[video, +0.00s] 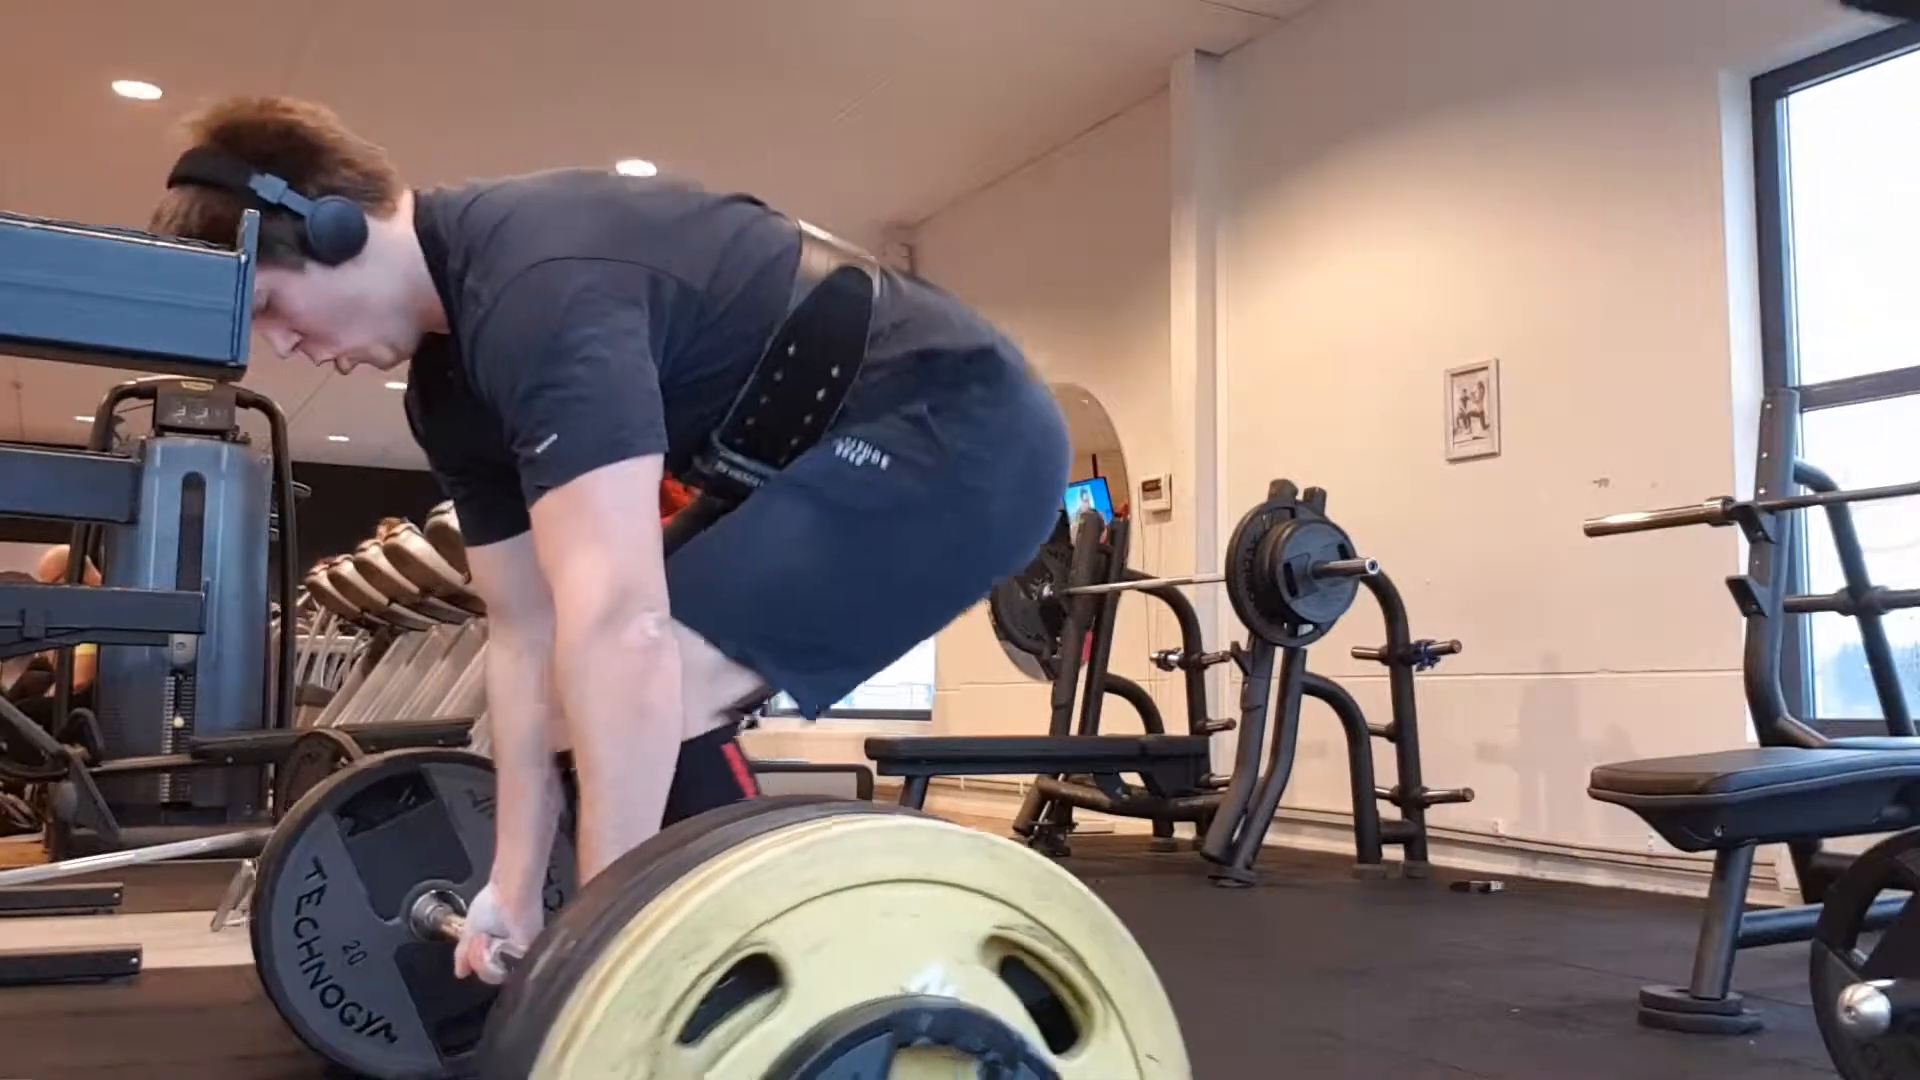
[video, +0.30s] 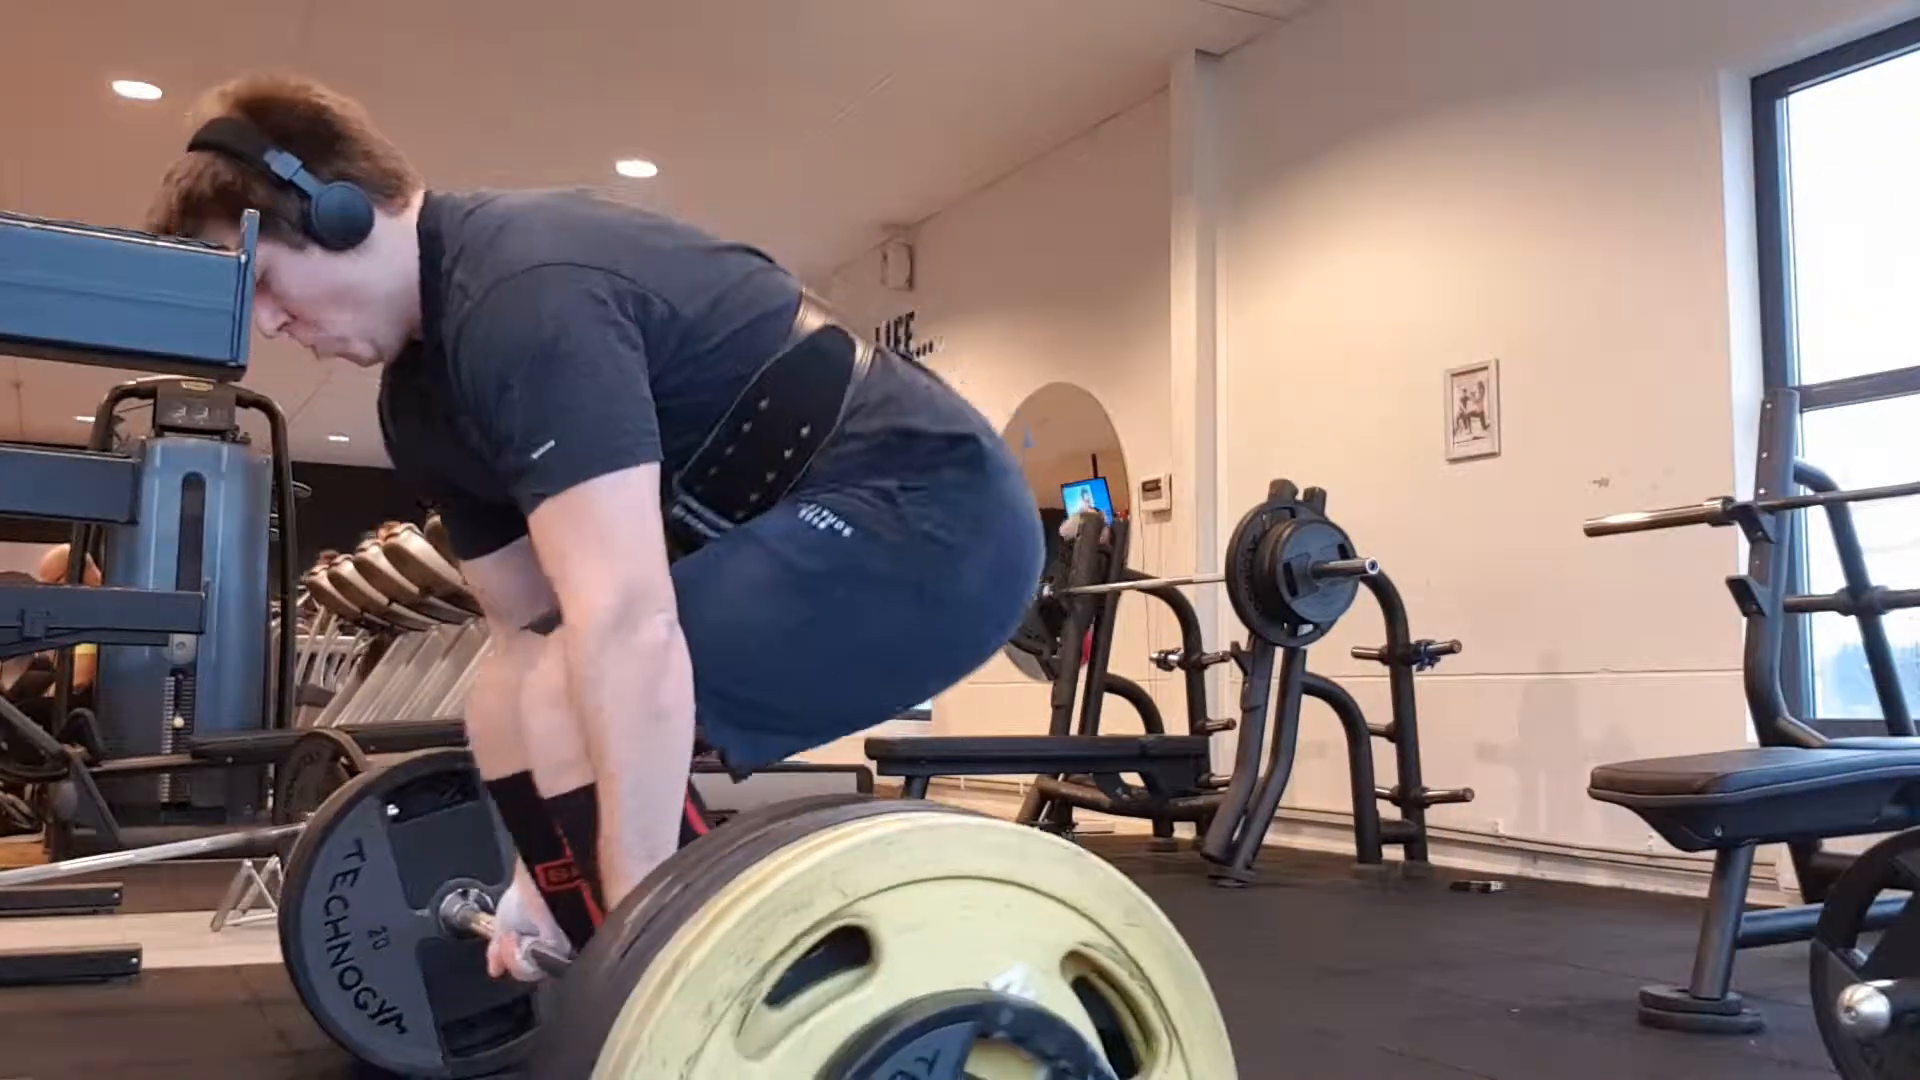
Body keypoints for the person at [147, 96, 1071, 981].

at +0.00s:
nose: (283, 348)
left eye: (271, 308)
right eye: (259, 331)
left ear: (318, 227)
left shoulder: (541, 281)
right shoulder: (448, 377)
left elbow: (623, 626)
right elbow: (523, 632)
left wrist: (618, 932)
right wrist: (511, 889)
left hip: (943, 417)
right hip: (853, 446)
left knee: (636, 694)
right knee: (603, 699)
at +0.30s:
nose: (277, 328)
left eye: (264, 284)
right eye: (252, 307)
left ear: (319, 209)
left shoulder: (528, 298)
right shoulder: (419, 398)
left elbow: (630, 623)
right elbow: (523, 627)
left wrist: (642, 919)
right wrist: (538, 877)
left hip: (921, 502)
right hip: (804, 529)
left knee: (574, 685)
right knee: (497, 688)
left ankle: (681, 994)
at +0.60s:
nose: (260, 249)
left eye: (255, 205)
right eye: (239, 225)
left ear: (332, 130)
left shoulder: (545, 251)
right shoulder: (440, 347)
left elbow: (647, 582)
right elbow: (549, 596)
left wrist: (657, 902)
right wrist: (555, 855)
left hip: (915, 429)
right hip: (808, 458)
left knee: (597, 684)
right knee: (528, 675)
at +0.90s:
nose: (273, 135)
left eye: (277, 92)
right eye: (258, 106)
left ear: (375, 44)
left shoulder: (571, 164)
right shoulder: (461, 273)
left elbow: (663, 488)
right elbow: (550, 527)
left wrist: (659, 812)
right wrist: (546, 787)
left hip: (921, 381)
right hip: (797, 421)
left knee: (681, 696)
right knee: (570, 662)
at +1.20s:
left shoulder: (592, 21)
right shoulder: (483, 120)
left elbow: (676, 320)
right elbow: (559, 386)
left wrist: (678, 617)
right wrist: (570, 640)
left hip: (904, 319)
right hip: (765, 354)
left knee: (752, 672)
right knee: (683, 684)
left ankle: (708, 1033)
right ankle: (687, 1028)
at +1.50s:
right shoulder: (531, 17)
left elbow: (710, 98)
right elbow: (582, 199)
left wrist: (748, 405)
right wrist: (587, 467)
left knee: (688, 661)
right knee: (649, 653)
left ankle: (712, 1053)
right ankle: (679, 1042)